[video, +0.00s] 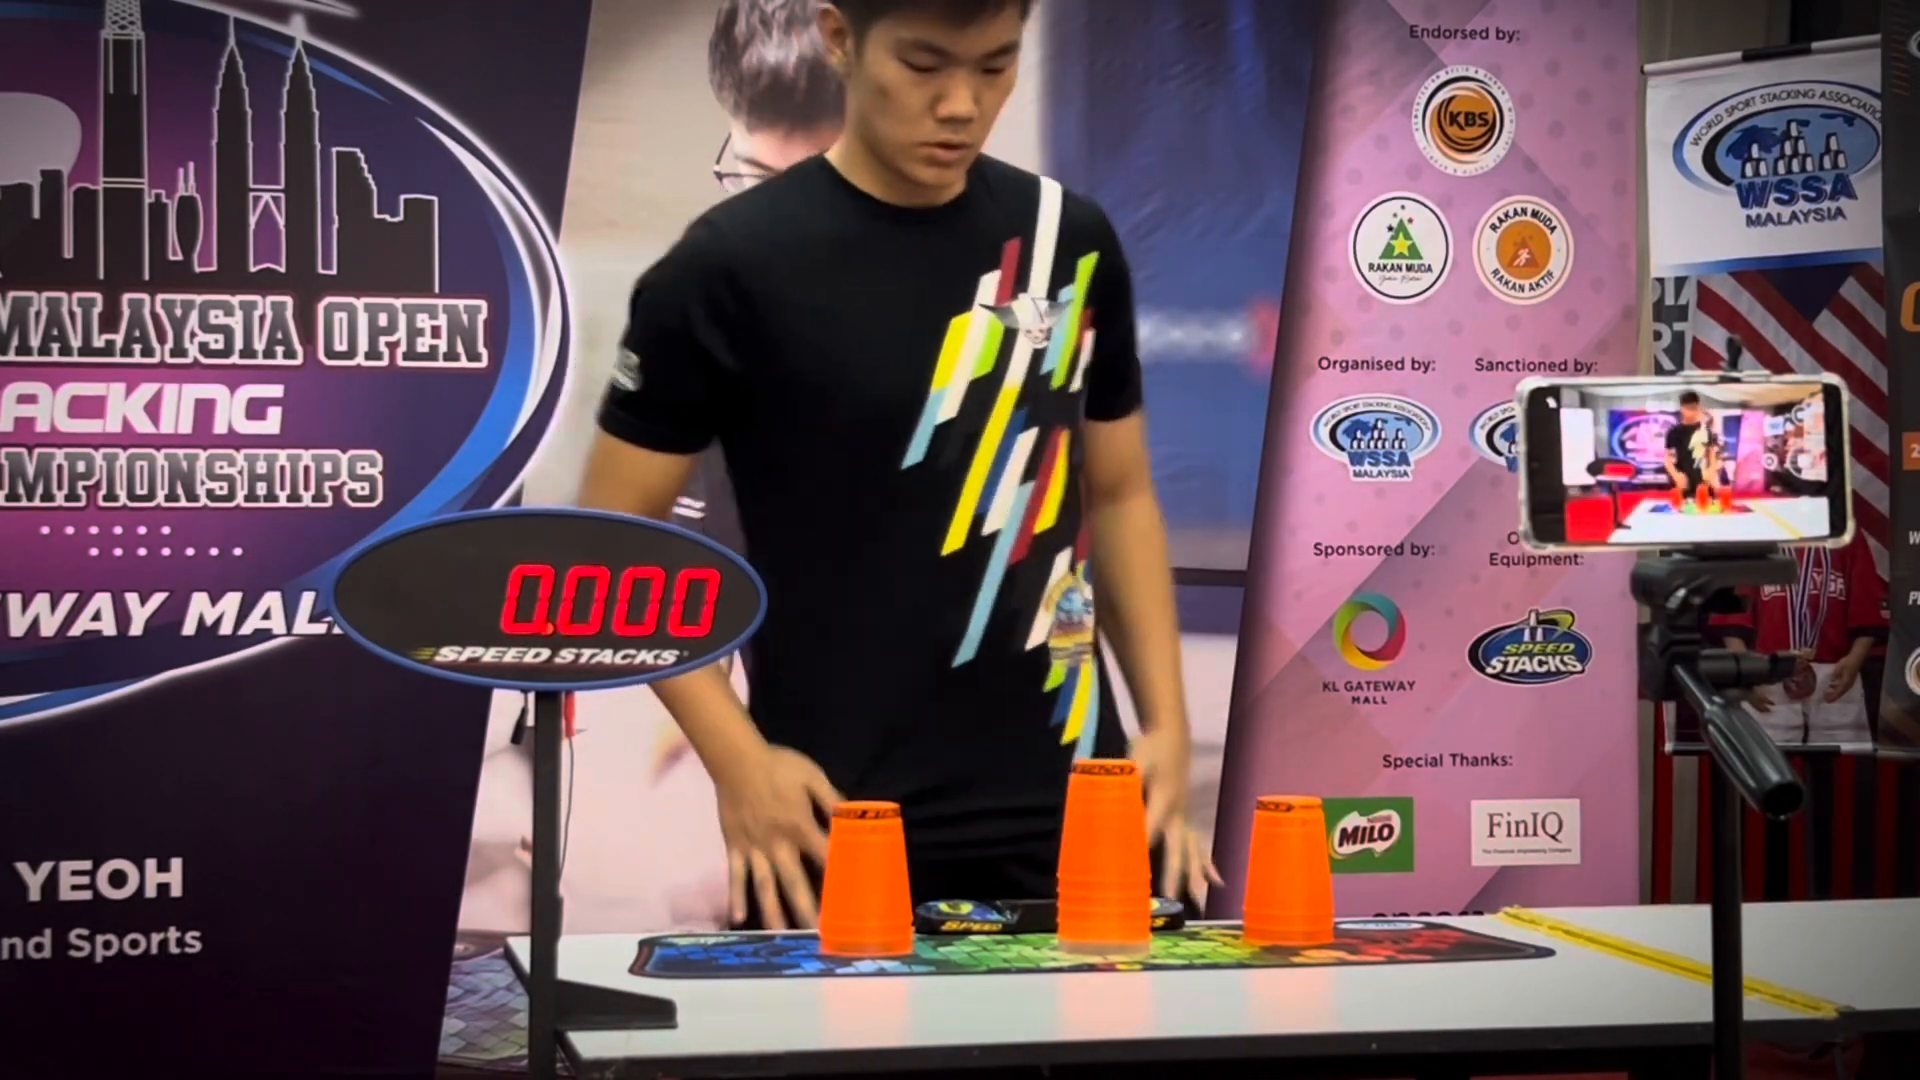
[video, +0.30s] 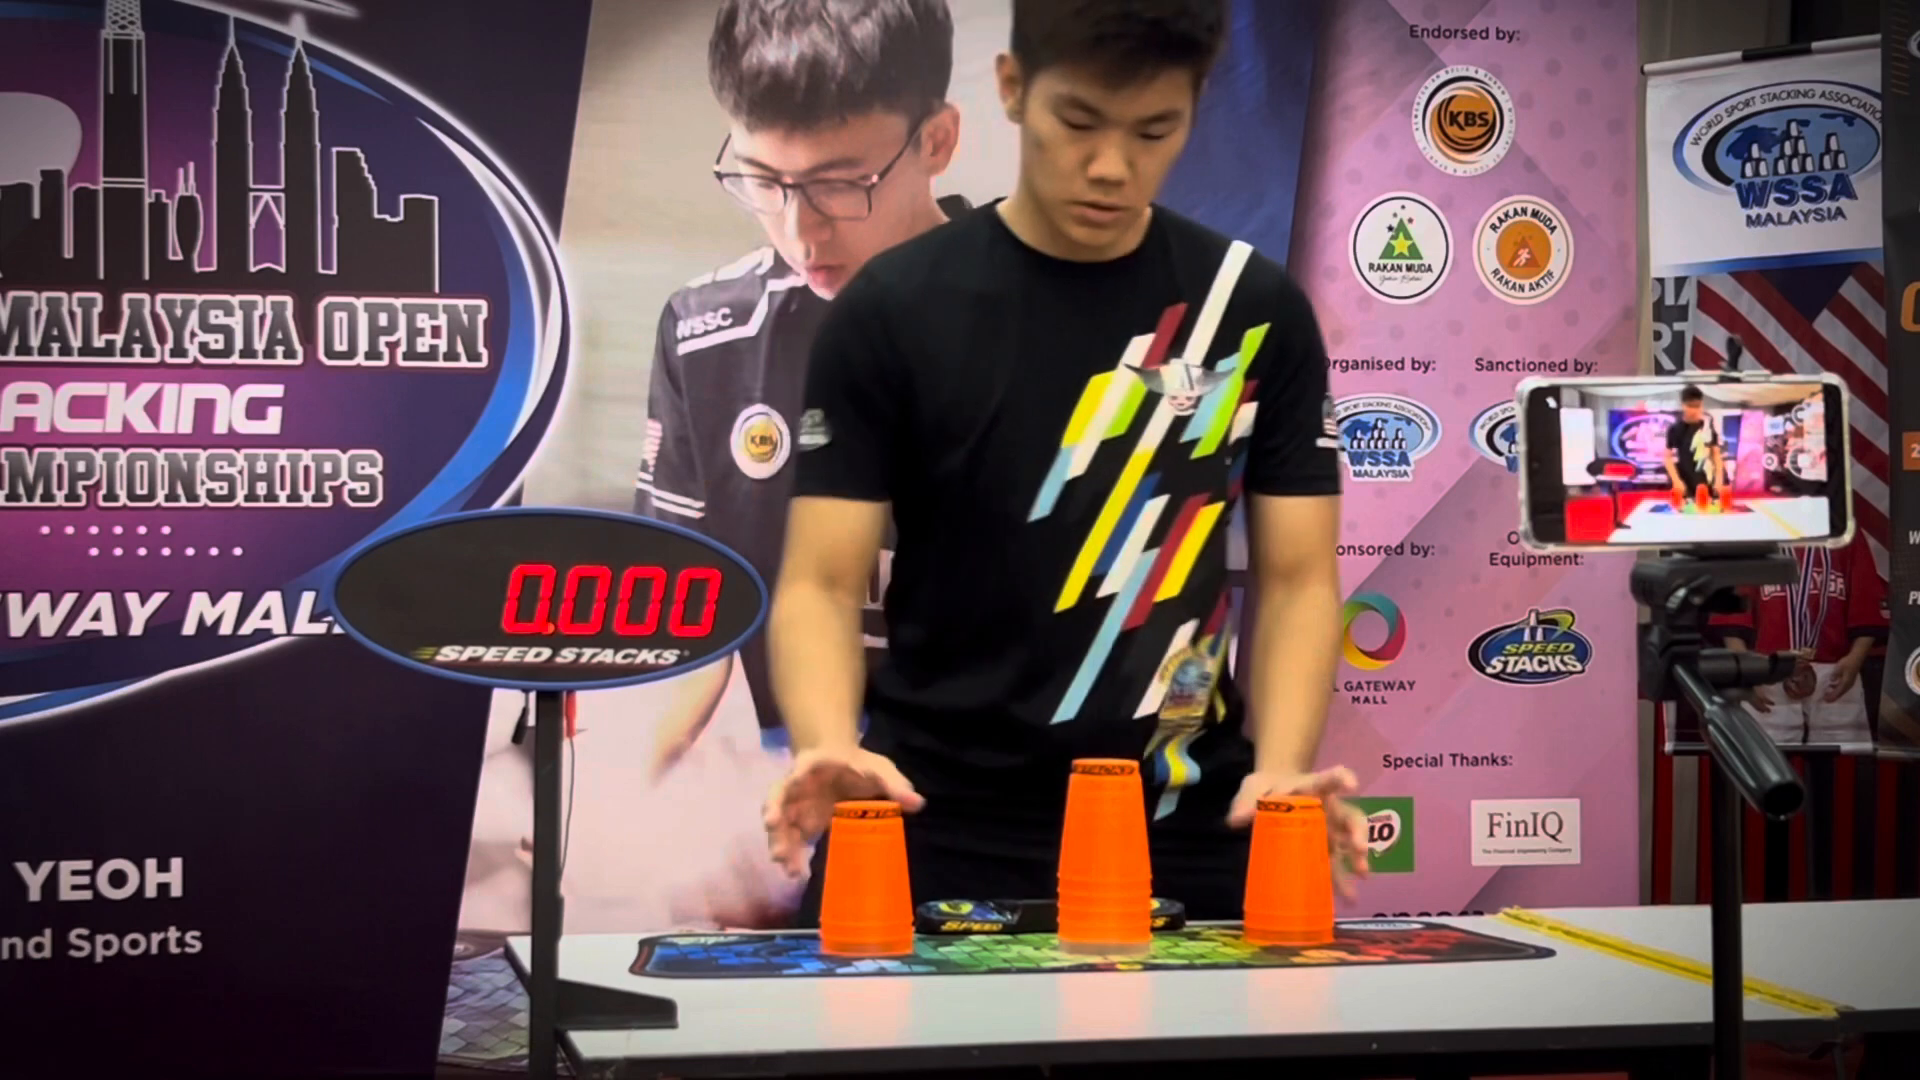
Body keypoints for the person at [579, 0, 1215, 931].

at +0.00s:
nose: (961, 105)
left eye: (995, 65)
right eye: (923, 62)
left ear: (1019, 49)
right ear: (838, 38)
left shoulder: (1072, 245)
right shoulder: (729, 270)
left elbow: (1119, 495)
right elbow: (613, 542)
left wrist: (1167, 728)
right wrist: (736, 759)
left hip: (1053, 826)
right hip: (838, 840)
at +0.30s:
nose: (1112, 167)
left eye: (1153, 130)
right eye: (1079, 119)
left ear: (1193, 110)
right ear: (1010, 88)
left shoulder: (1259, 313)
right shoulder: (893, 310)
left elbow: (1297, 578)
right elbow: (821, 583)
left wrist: (1280, 768)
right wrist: (828, 747)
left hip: (1182, 846)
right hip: (946, 841)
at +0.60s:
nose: (1112, 189)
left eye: (1156, 154)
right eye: (1082, 141)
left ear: (1194, 138)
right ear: (1012, 104)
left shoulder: (1225, 351)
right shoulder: (869, 316)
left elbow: (1226, 620)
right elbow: (791, 594)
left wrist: (1185, 773)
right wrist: (865, 741)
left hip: (1091, 884)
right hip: (858, 868)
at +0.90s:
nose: (1123, 201)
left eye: (1168, 167)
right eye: (1094, 152)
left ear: (1204, 152)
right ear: (1021, 111)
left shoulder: (1229, 353)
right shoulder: (883, 323)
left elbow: (1238, 621)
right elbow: (838, 621)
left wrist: (1219, 786)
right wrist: (995, 751)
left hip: (1118, 869)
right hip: (882, 863)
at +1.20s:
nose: (1137, 221)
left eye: (1181, 186)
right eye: (1108, 169)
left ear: (1216, 171)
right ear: (1035, 124)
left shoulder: (1230, 369)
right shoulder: (883, 324)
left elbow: (1239, 642)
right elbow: (757, 601)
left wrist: (1177, 837)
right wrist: (887, 824)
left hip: (1102, 903)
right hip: (873, 892)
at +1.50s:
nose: (1130, 259)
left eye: (1175, 225)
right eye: (1102, 208)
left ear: (1210, 202)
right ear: (1028, 163)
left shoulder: (1217, 400)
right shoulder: (878, 353)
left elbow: (1242, 673)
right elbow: (737, 620)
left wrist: (1180, 852)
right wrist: (872, 849)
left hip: (1090, 920)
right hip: (857, 905)